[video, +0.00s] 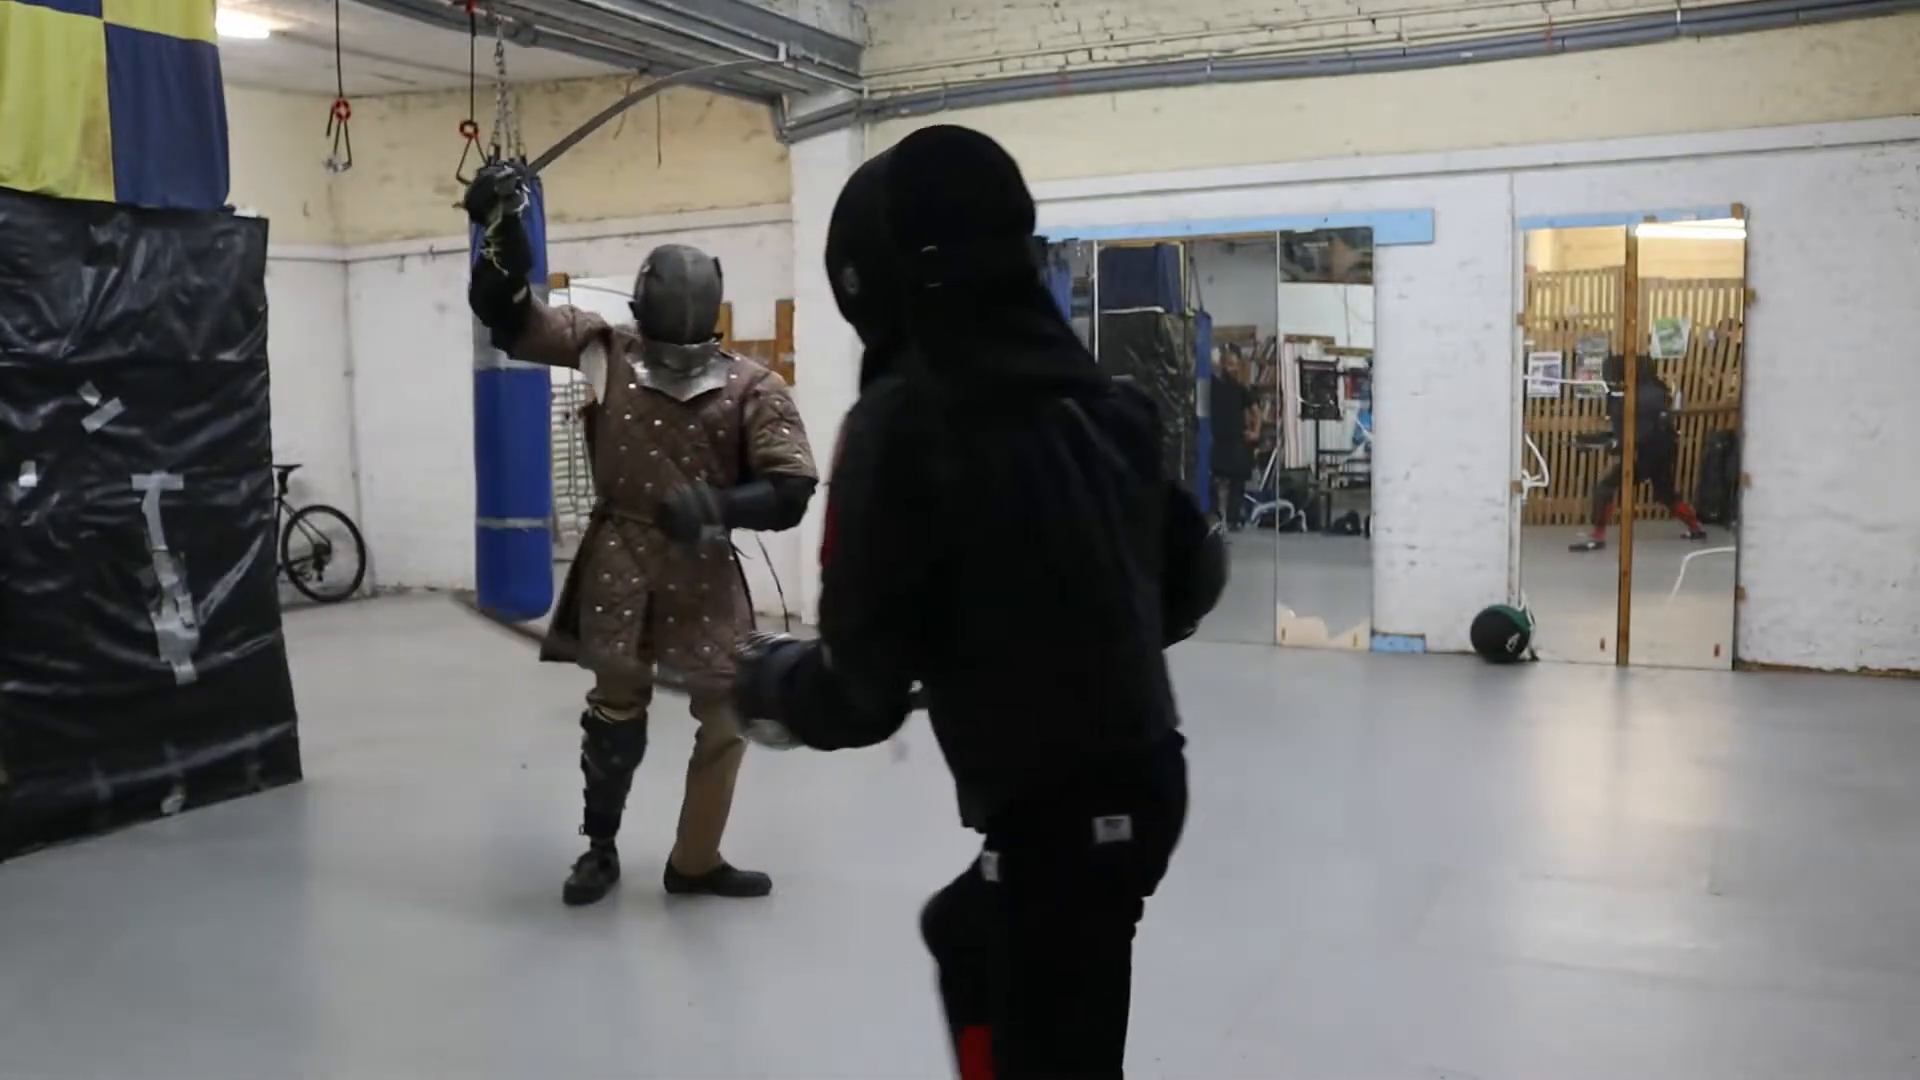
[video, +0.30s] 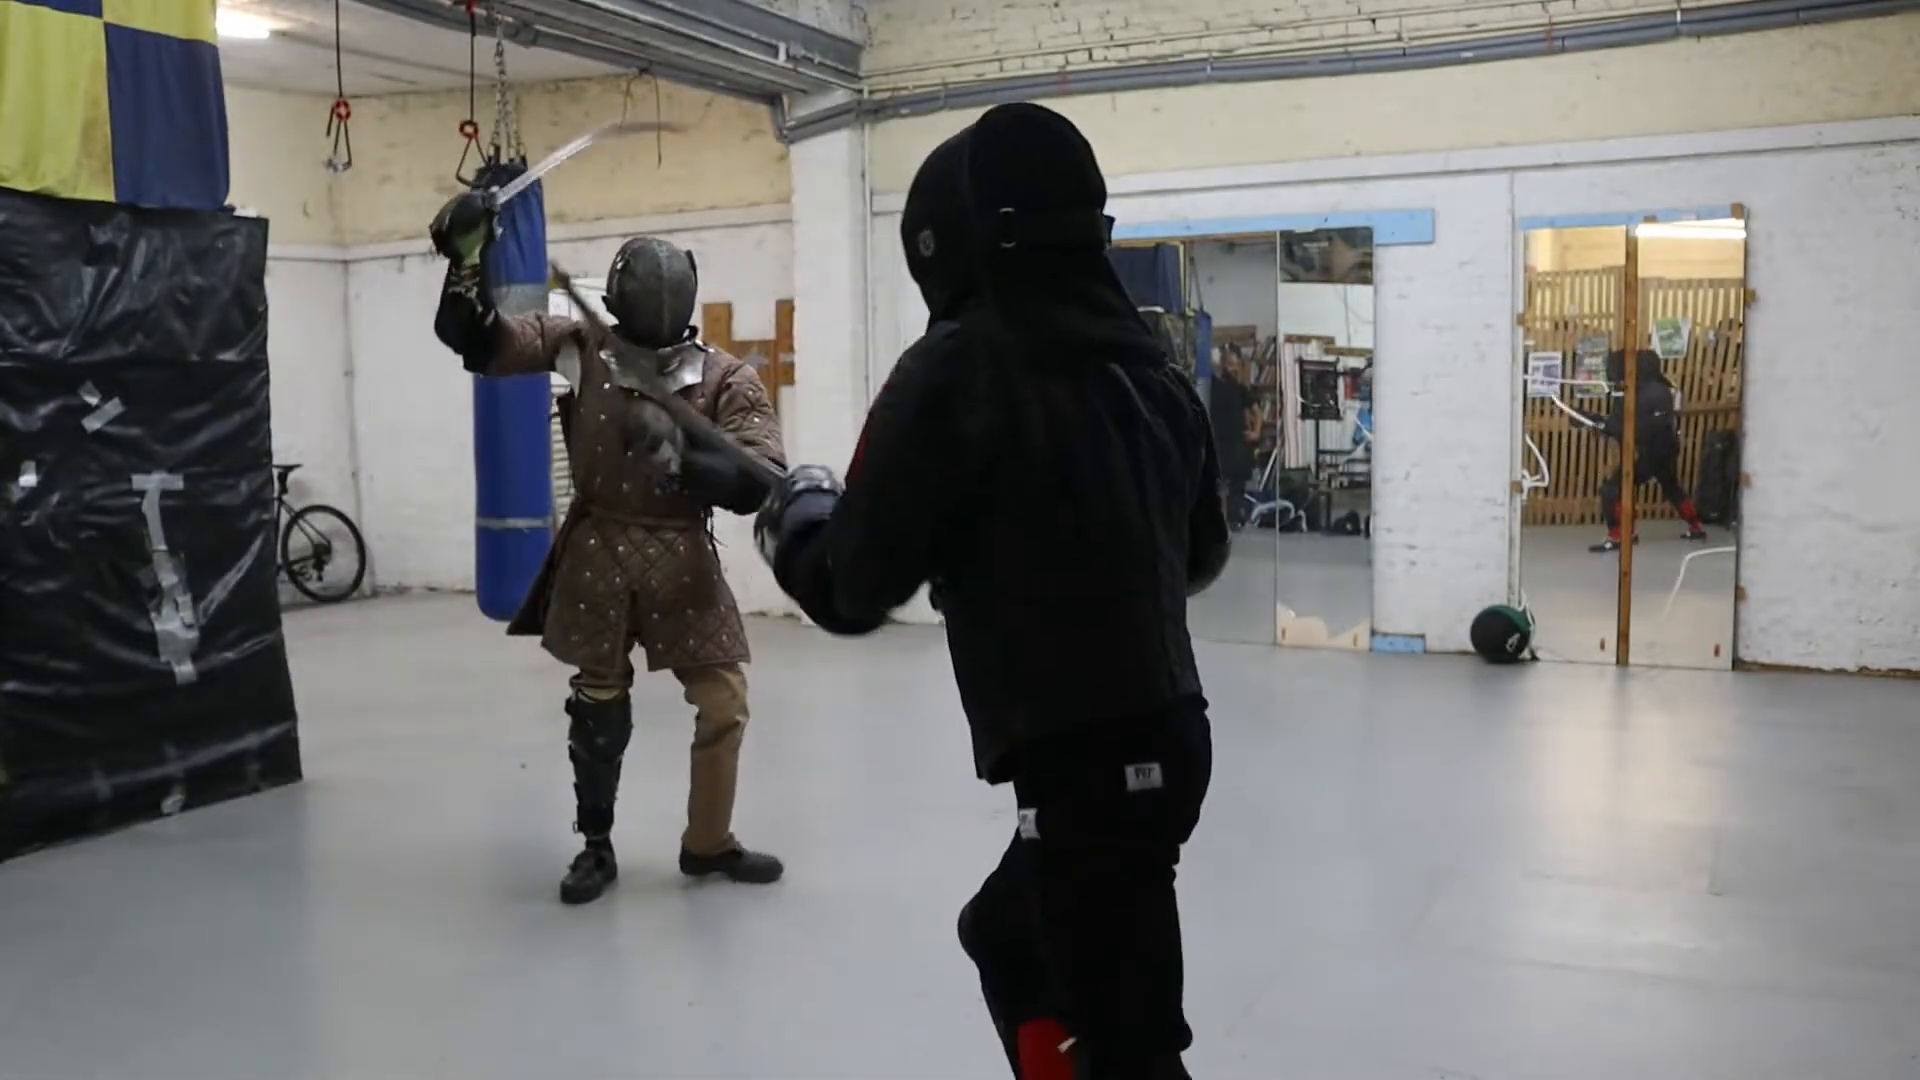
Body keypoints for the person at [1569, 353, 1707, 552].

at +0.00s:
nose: (1610, 383)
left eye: (1613, 379)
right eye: (1609, 379)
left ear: (1624, 377)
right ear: (1645, 372)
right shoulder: (1658, 389)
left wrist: (1619, 446)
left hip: (1644, 454)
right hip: (1662, 451)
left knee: (1604, 488)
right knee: (1665, 493)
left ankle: (1597, 536)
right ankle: (1696, 529)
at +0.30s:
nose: (1612, 379)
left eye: (1614, 374)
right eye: (1611, 374)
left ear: (1628, 374)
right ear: (1651, 369)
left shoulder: (1630, 396)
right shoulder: (1662, 389)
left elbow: (1622, 431)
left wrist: (1602, 423)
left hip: (1644, 453)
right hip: (1666, 449)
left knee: (1611, 489)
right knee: (1670, 485)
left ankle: (1617, 535)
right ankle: (1695, 526)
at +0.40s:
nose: (1610, 376)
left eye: (1614, 370)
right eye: (1610, 370)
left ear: (1628, 371)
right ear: (1649, 368)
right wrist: (1594, 418)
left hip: (1645, 453)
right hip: (1664, 449)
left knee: (1611, 489)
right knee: (1669, 486)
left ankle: (1618, 536)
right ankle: (1695, 526)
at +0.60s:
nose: (1610, 378)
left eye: (1613, 374)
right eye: (1610, 374)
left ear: (1625, 374)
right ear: (1651, 368)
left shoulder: (1623, 397)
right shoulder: (1661, 392)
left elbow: (1597, 417)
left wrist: (1579, 410)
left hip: (1639, 456)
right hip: (1663, 452)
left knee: (1610, 489)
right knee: (1668, 488)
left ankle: (1618, 536)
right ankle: (1694, 523)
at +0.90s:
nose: (1637, 375)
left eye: (1641, 370)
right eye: (1639, 370)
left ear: (1647, 371)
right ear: (1662, 370)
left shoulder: (1650, 392)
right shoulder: (1670, 389)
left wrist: (1641, 431)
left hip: (1653, 447)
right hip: (1668, 445)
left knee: (1622, 487)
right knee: (1664, 488)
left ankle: (1619, 535)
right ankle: (1696, 524)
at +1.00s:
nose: (1643, 377)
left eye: (1646, 372)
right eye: (1643, 372)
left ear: (1655, 372)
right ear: (1666, 370)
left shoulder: (1667, 393)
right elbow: (1648, 420)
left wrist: (1621, 427)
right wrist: (1620, 423)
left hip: (1666, 449)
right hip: (1667, 447)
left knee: (1638, 489)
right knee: (1671, 490)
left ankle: (1622, 535)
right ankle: (1698, 527)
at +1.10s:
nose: (1645, 376)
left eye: (1648, 371)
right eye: (1645, 371)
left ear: (1657, 372)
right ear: (1672, 369)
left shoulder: (1660, 395)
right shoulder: (1682, 389)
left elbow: (1643, 422)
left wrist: (1614, 419)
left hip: (1664, 449)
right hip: (1677, 446)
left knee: (1642, 489)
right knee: (1672, 488)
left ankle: (1625, 534)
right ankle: (1698, 527)